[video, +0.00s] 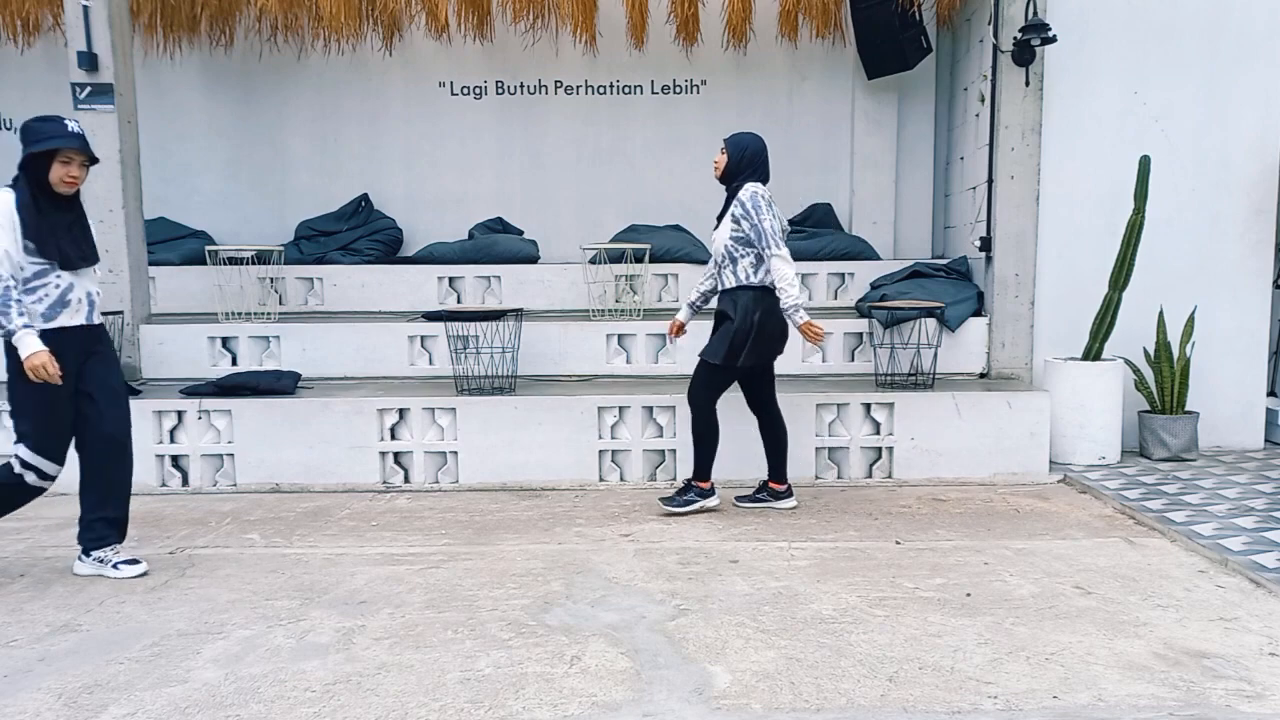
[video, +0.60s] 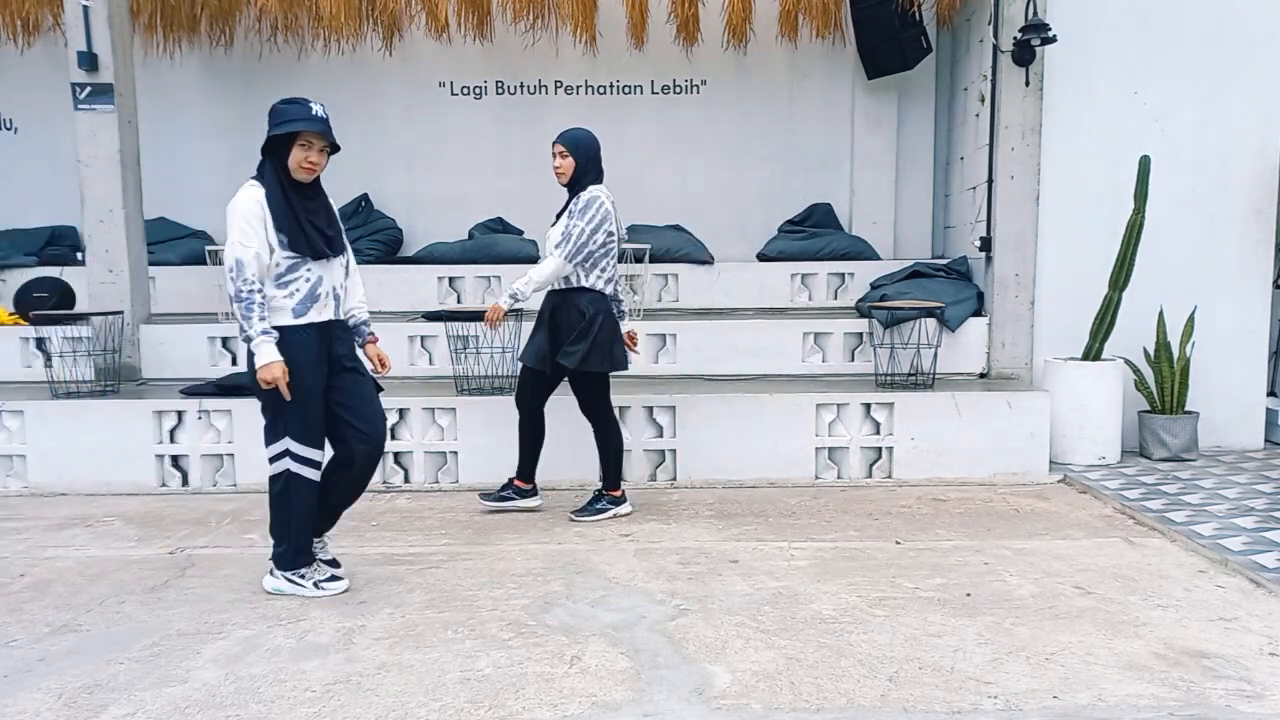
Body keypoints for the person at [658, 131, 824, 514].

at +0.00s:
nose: (716, 160)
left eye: (723, 154)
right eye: (719, 153)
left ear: (740, 159)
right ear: (744, 161)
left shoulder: (752, 195)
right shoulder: (739, 203)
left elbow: (778, 255)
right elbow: (718, 269)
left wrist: (796, 313)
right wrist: (687, 310)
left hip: (748, 312)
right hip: (750, 312)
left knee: (701, 393)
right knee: (764, 403)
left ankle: (701, 485)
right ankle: (778, 486)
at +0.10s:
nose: (688, 166)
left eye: (694, 160)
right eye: (690, 159)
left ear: (712, 165)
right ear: (712, 166)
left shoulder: (724, 201)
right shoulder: (712, 209)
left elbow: (754, 259)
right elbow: (683, 270)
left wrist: (780, 315)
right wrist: (639, 301)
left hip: (716, 316)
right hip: (723, 315)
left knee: (680, 406)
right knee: (747, 405)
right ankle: (776, 485)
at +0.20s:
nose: (660, 168)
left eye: (666, 162)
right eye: (662, 162)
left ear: (684, 167)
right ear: (687, 168)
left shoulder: (695, 205)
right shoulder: (683, 210)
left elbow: (717, 265)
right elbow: (655, 275)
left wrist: (741, 321)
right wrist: (610, 298)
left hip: (680, 318)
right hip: (688, 318)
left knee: (653, 409)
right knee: (716, 405)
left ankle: (621, 492)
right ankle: (768, 477)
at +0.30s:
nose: (631, 165)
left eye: (638, 158)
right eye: (634, 158)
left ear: (657, 163)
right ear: (658, 164)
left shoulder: (667, 205)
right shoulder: (656, 207)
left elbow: (677, 274)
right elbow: (639, 278)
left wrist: (685, 335)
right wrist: (601, 308)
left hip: (645, 315)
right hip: (643, 313)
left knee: (634, 409)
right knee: (663, 409)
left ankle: (616, 494)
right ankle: (735, 457)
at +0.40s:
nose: (605, 164)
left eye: (612, 157)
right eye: (606, 157)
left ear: (633, 161)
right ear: (631, 162)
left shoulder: (644, 206)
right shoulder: (630, 204)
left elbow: (635, 277)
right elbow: (621, 274)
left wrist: (617, 333)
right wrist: (604, 322)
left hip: (627, 310)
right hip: (610, 307)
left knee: (621, 405)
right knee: (599, 403)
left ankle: (614, 493)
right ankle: (675, 448)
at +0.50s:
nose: (581, 163)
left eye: (587, 155)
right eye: (580, 156)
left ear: (608, 157)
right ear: (592, 160)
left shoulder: (619, 201)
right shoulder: (606, 202)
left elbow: (592, 270)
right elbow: (593, 269)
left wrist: (553, 317)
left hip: (607, 314)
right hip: (592, 312)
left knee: (608, 403)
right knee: (553, 395)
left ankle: (615, 494)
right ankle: (606, 462)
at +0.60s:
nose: (557, 164)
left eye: (564, 156)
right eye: (555, 157)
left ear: (585, 158)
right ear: (558, 161)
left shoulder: (592, 200)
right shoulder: (584, 202)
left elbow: (559, 261)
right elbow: (608, 269)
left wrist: (507, 299)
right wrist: (622, 320)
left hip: (588, 313)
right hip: (561, 313)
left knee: (596, 406)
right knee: (529, 397)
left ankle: (613, 493)